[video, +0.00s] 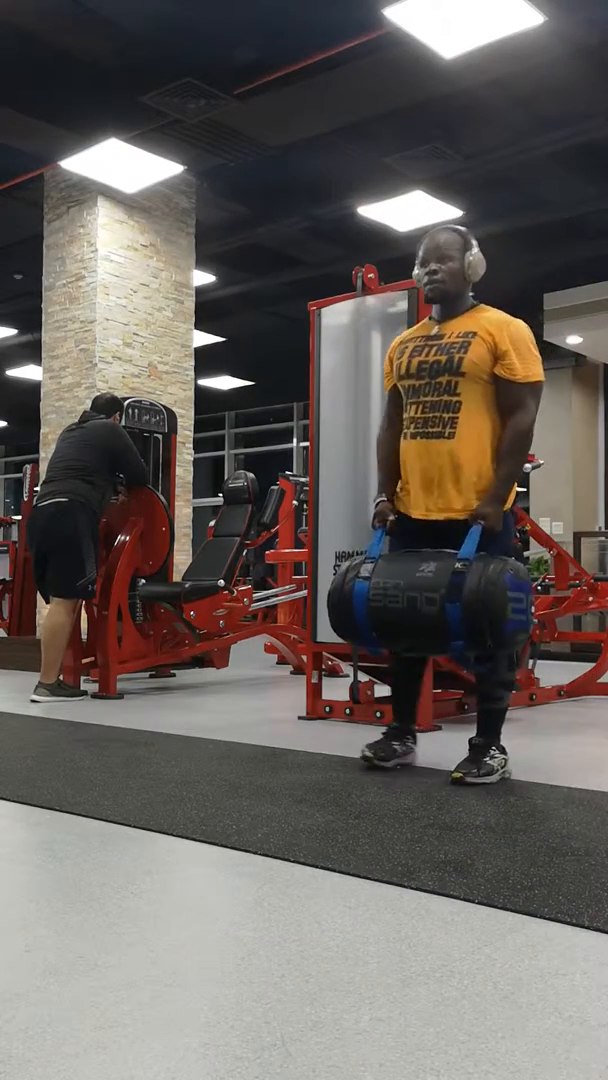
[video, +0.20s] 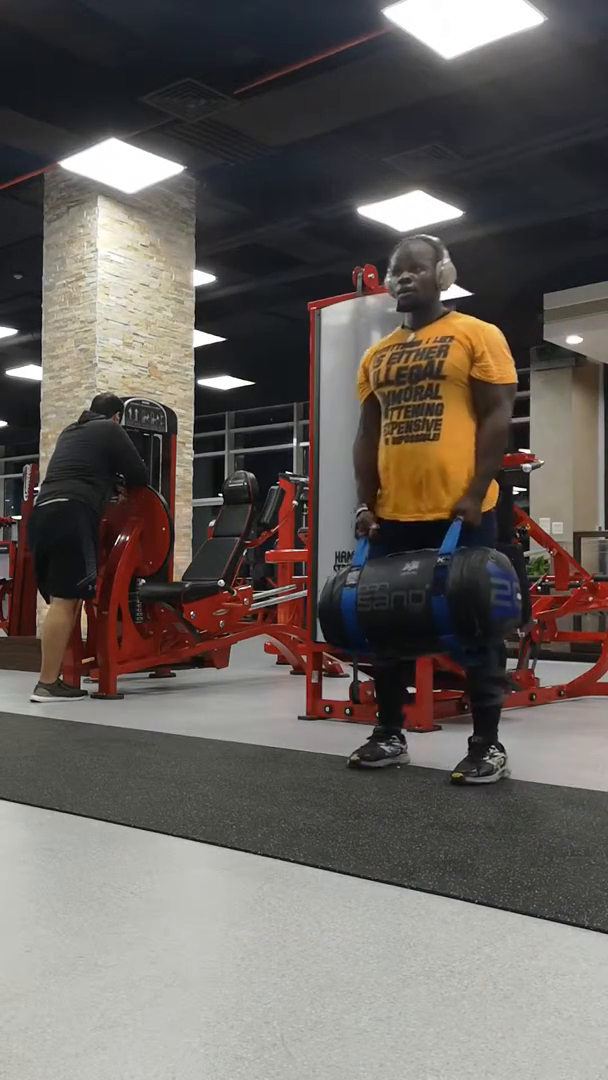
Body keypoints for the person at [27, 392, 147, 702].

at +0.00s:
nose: (121, 424)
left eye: (120, 419)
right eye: (121, 419)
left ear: (91, 413)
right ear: (115, 417)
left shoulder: (69, 431)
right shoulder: (112, 431)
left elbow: (74, 470)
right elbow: (140, 478)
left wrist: (109, 487)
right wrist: (112, 475)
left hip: (41, 512)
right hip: (69, 511)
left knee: (62, 601)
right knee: (63, 601)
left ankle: (52, 679)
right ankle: (48, 682)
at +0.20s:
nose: (121, 424)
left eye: (120, 420)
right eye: (121, 419)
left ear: (91, 413)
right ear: (115, 417)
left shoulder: (69, 431)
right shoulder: (111, 430)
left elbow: (75, 470)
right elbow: (140, 478)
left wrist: (109, 484)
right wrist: (111, 472)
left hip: (41, 512)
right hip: (69, 511)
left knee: (63, 601)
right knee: (63, 601)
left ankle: (52, 679)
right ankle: (48, 682)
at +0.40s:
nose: (121, 424)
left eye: (120, 420)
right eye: (121, 419)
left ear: (92, 412)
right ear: (116, 417)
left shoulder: (69, 431)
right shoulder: (111, 430)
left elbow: (75, 470)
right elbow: (140, 478)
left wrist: (110, 484)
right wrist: (111, 471)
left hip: (42, 512)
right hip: (69, 511)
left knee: (62, 601)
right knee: (64, 601)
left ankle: (52, 679)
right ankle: (48, 682)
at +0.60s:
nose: (121, 424)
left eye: (120, 420)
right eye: (122, 420)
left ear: (92, 412)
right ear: (116, 417)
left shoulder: (69, 431)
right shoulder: (111, 430)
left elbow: (75, 470)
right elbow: (140, 478)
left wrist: (110, 485)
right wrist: (112, 473)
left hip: (42, 512)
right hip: (70, 511)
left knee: (63, 601)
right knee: (64, 601)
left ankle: (52, 679)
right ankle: (48, 682)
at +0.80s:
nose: (121, 424)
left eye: (120, 420)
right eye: (122, 419)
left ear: (92, 412)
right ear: (116, 417)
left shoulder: (69, 431)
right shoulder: (111, 430)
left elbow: (75, 470)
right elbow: (140, 478)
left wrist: (110, 485)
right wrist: (112, 473)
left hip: (42, 513)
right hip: (70, 511)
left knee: (62, 601)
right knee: (65, 601)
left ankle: (52, 679)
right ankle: (48, 682)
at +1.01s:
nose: (121, 424)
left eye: (120, 420)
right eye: (122, 420)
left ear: (93, 412)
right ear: (117, 417)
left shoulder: (69, 431)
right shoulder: (112, 430)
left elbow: (74, 470)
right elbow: (140, 478)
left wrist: (110, 485)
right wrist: (113, 474)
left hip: (42, 513)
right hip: (70, 511)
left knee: (62, 601)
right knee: (65, 601)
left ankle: (52, 679)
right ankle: (48, 682)